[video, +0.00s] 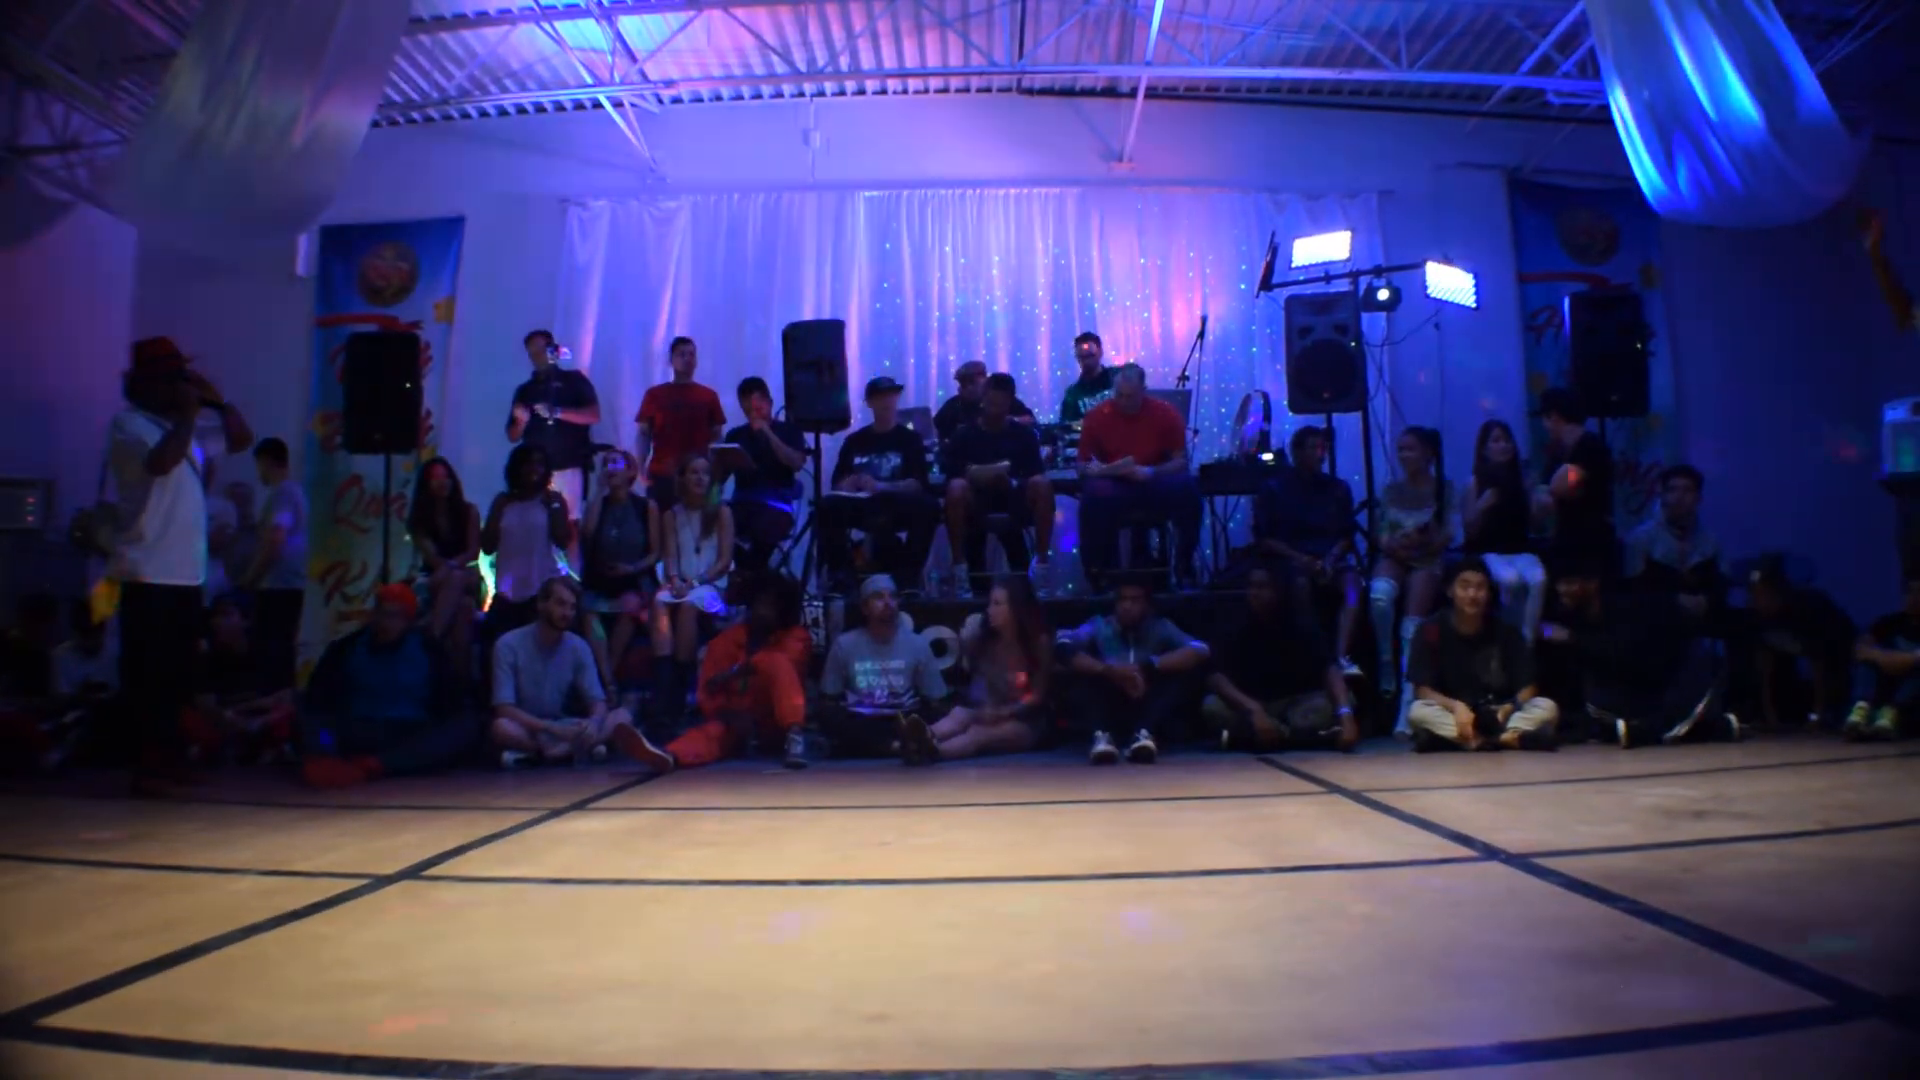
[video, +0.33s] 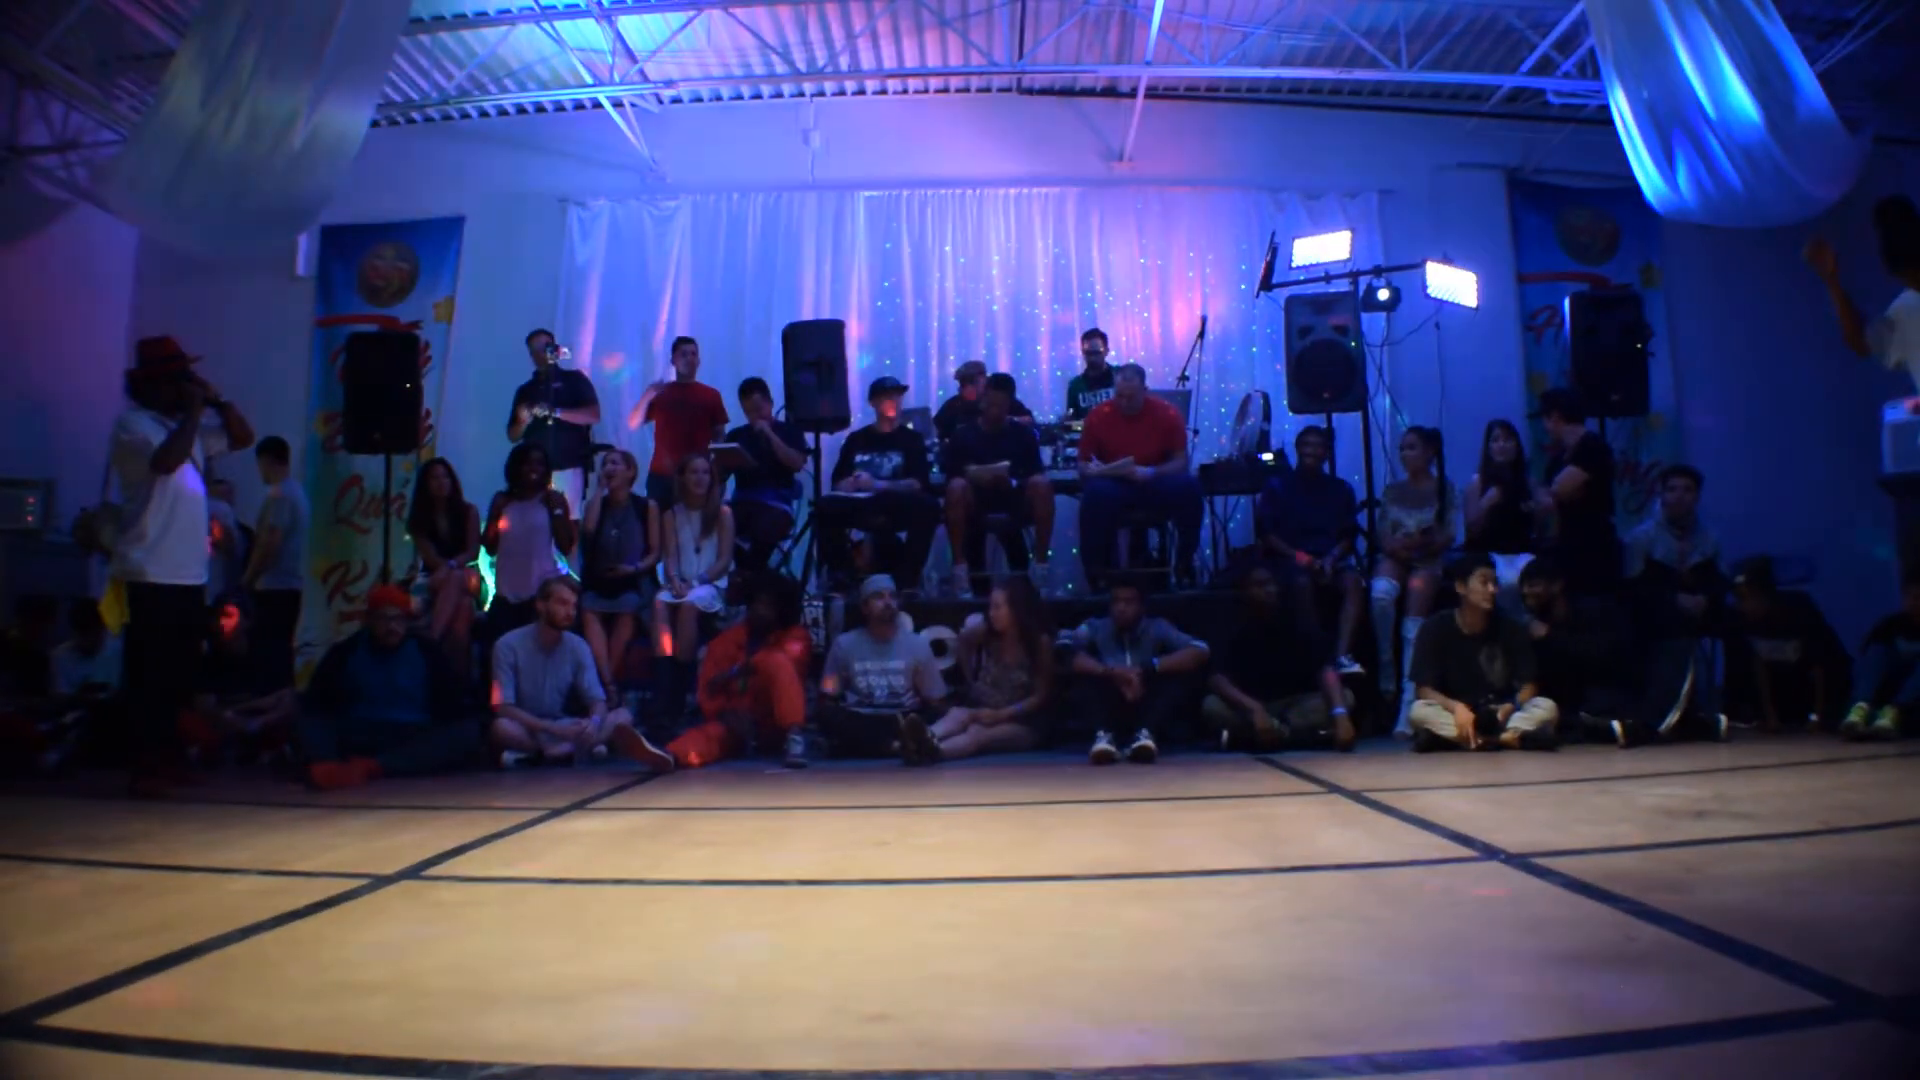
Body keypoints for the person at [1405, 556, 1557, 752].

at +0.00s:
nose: (1472, 595)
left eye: (1480, 588)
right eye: (1465, 587)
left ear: (1489, 594)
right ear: (1451, 591)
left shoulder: (1505, 631)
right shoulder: (1432, 630)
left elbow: (1528, 687)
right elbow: (1422, 689)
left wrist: (1508, 708)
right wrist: (1457, 707)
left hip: (1499, 707)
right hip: (1455, 709)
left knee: (1547, 707)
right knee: (1418, 712)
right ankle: (1507, 740)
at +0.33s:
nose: (1491, 590)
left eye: (1493, 583)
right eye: (1483, 582)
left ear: (1497, 586)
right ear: (1461, 587)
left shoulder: (1508, 626)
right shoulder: (1436, 628)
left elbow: (1529, 684)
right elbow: (1423, 689)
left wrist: (1511, 706)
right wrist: (1457, 708)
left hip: (1500, 705)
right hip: (1458, 707)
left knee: (1547, 707)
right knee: (1419, 711)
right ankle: (1507, 740)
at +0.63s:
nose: (1496, 592)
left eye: (1495, 585)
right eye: (1488, 585)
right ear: (1464, 591)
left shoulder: (1506, 625)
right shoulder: (1435, 628)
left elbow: (1528, 685)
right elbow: (1423, 690)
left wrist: (1510, 707)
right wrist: (1456, 707)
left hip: (1500, 706)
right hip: (1458, 708)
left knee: (1547, 707)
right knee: (1419, 711)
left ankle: (1469, 743)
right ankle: (1508, 740)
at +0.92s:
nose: (1492, 602)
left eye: (1495, 594)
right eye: (1485, 594)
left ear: (1499, 594)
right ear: (1462, 594)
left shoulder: (1504, 628)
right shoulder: (1433, 630)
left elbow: (1527, 687)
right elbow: (1423, 690)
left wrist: (1510, 707)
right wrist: (1457, 707)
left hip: (1500, 707)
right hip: (1457, 709)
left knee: (1547, 707)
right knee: (1419, 712)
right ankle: (1509, 740)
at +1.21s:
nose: (1496, 611)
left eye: (1502, 603)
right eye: (1491, 601)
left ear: (1508, 604)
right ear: (1469, 595)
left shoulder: (1509, 630)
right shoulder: (1436, 629)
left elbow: (1528, 686)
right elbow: (1423, 690)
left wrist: (1510, 707)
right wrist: (1457, 707)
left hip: (1498, 707)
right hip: (1456, 710)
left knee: (1547, 707)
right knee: (1419, 711)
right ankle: (1507, 740)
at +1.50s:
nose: (1499, 612)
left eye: (1505, 606)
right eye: (1494, 603)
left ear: (1511, 606)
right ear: (1472, 596)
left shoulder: (1510, 630)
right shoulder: (1438, 629)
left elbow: (1528, 686)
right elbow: (1423, 690)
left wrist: (1508, 707)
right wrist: (1456, 707)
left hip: (1499, 706)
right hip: (1457, 710)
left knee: (1546, 707)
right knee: (1418, 711)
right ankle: (1505, 740)